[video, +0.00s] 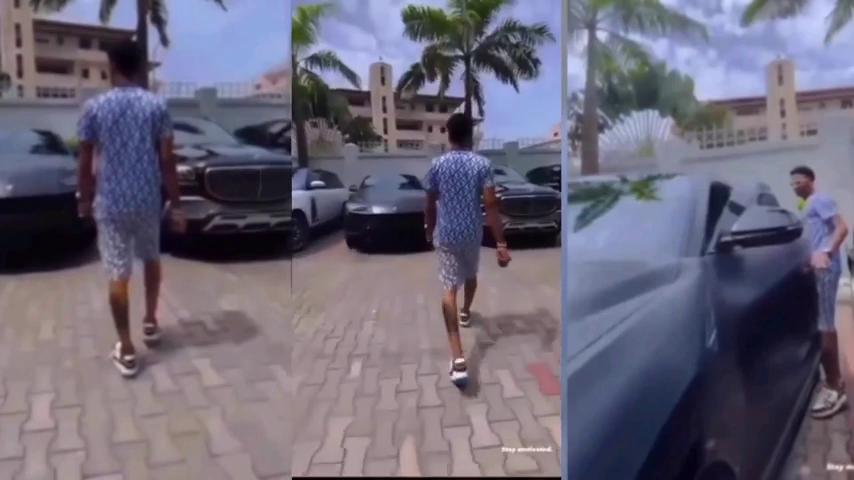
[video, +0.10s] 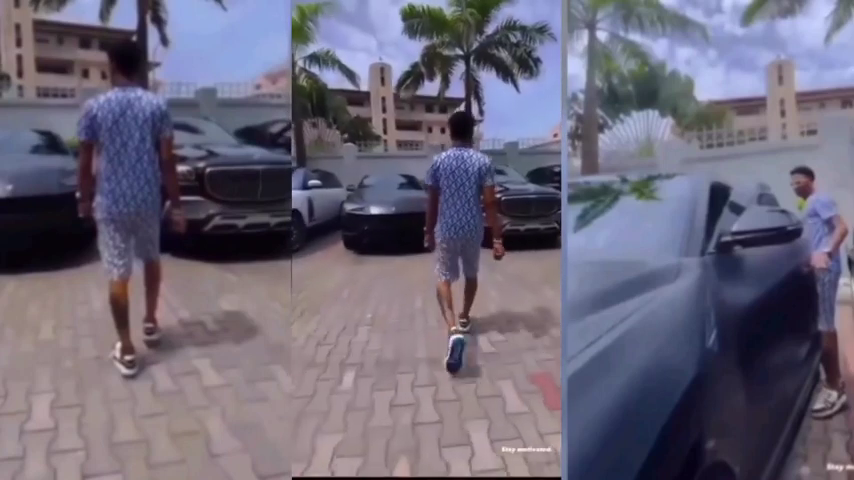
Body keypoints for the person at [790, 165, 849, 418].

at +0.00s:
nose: (796, 187)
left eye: (799, 183)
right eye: (793, 184)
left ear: (811, 181)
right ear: (797, 185)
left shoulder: (821, 201)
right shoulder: (809, 205)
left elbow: (842, 227)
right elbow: (820, 234)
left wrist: (827, 253)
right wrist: (810, 255)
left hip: (825, 268)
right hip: (815, 268)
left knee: (825, 327)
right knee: (822, 327)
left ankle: (834, 388)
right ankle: (830, 385)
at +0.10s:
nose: (796, 187)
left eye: (799, 183)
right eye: (793, 184)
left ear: (811, 181)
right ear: (797, 185)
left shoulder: (821, 201)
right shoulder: (809, 205)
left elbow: (842, 227)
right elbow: (820, 234)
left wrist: (827, 253)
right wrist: (810, 255)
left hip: (825, 268)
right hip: (815, 268)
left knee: (825, 327)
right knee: (822, 327)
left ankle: (834, 388)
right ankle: (830, 385)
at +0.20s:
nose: (796, 187)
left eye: (799, 183)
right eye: (793, 184)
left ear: (811, 181)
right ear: (797, 185)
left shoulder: (821, 201)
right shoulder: (809, 205)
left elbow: (842, 227)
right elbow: (820, 234)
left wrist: (827, 253)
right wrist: (810, 255)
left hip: (825, 268)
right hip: (815, 268)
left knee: (825, 327)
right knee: (822, 327)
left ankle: (834, 388)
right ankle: (830, 385)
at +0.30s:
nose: (796, 187)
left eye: (799, 183)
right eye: (793, 184)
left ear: (811, 181)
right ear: (797, 185)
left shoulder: (821, 201)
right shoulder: (809, 205)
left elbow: (842, 227)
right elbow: (820, 234)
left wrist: (827, 253)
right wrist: (810, 255)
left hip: (825, 268)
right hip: (815, 268)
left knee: (825, 327)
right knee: (822, 327)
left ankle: (834, 388)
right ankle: (830, 385)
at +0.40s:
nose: (796, 187)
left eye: (799, 183)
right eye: (793, 184)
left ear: (811, 181)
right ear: (797, 185)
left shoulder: (821, 201)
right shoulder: (809, 205)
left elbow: (842, 227)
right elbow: (820, 234)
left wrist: (827, 253)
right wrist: (810, 255)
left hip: (825, 268)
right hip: (815, 268)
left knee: (825, 327)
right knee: (822, 327)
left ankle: (834, 388)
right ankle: (830, 385)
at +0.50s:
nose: (796, 187)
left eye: (799, 183)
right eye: (793, 184)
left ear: (811, 181)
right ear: (797, 185)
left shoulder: (821, 201)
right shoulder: (809, 205)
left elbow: (842, 227)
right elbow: (820, 234)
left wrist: (827, 253)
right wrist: (810, 255)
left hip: (825, 268)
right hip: (815, 268)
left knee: (825, 327)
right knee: (822, 327)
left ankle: (834, 388)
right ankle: (830, 385)